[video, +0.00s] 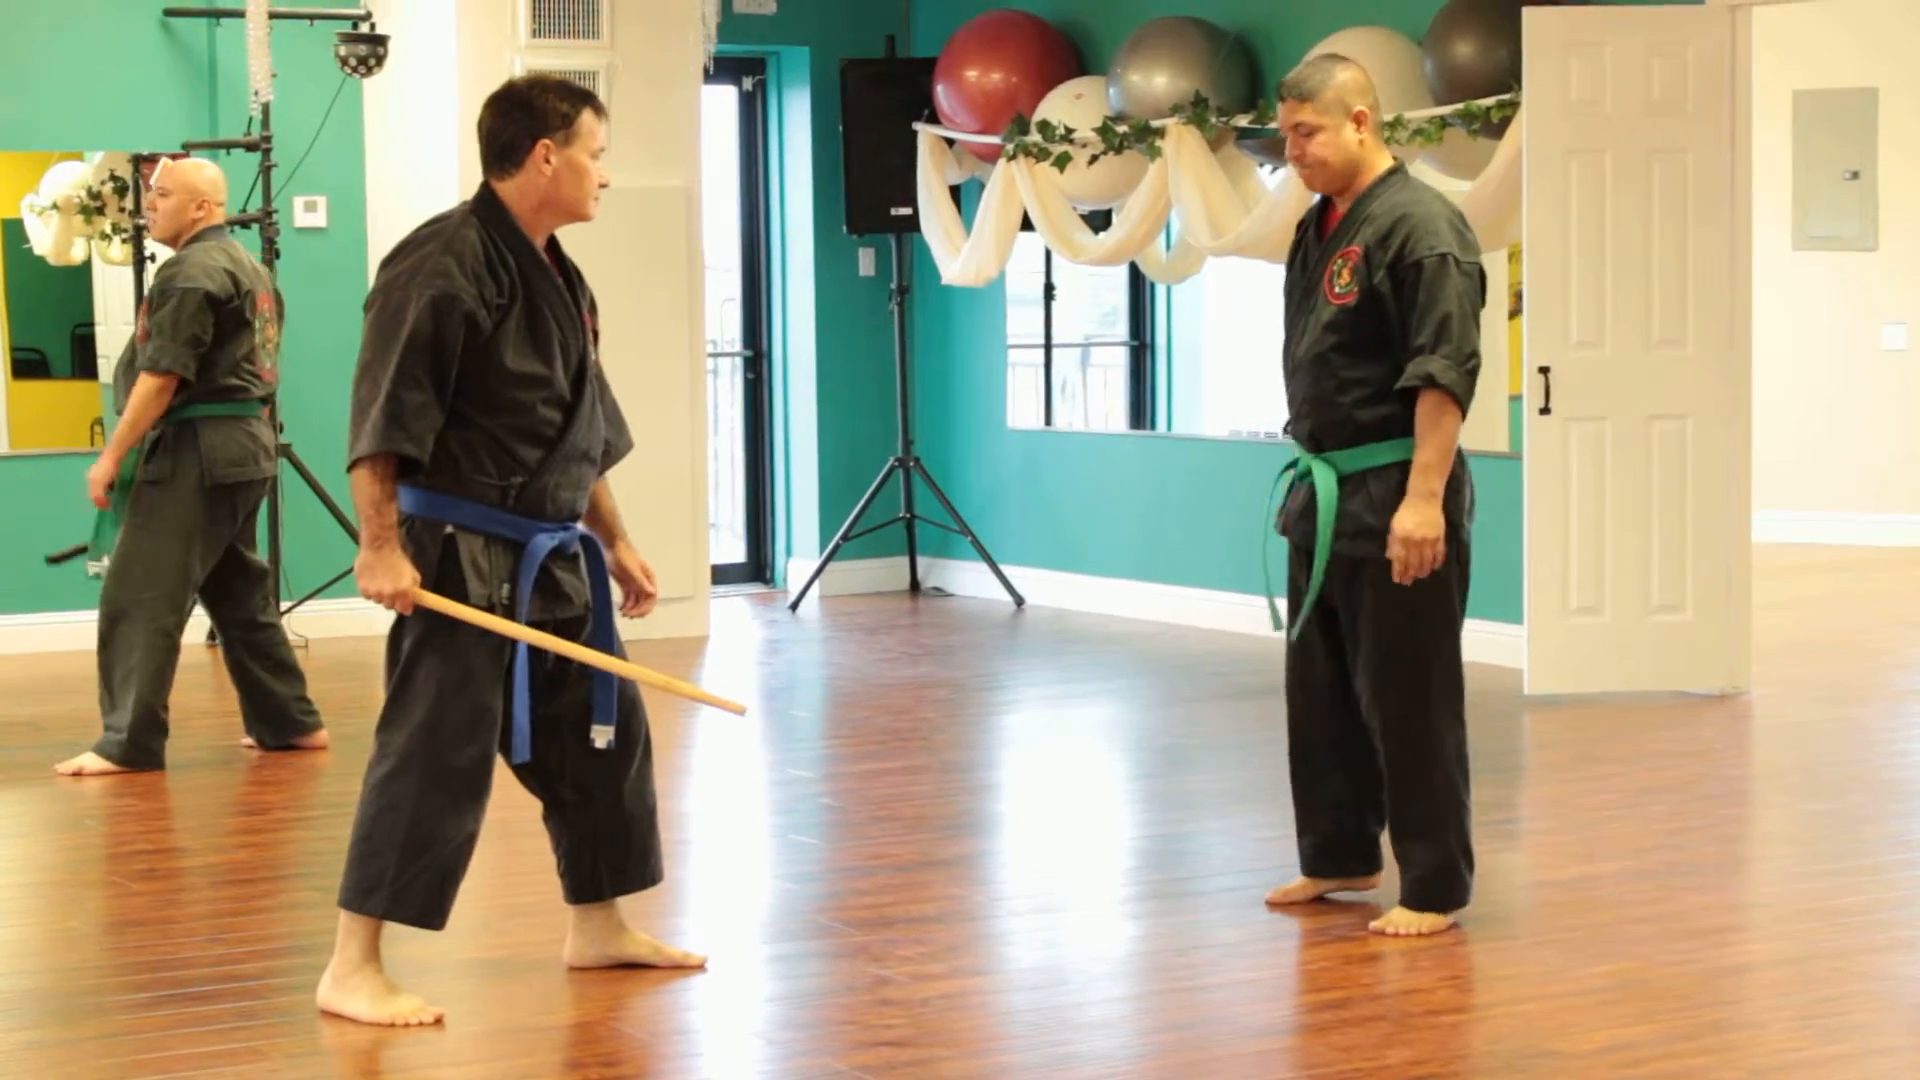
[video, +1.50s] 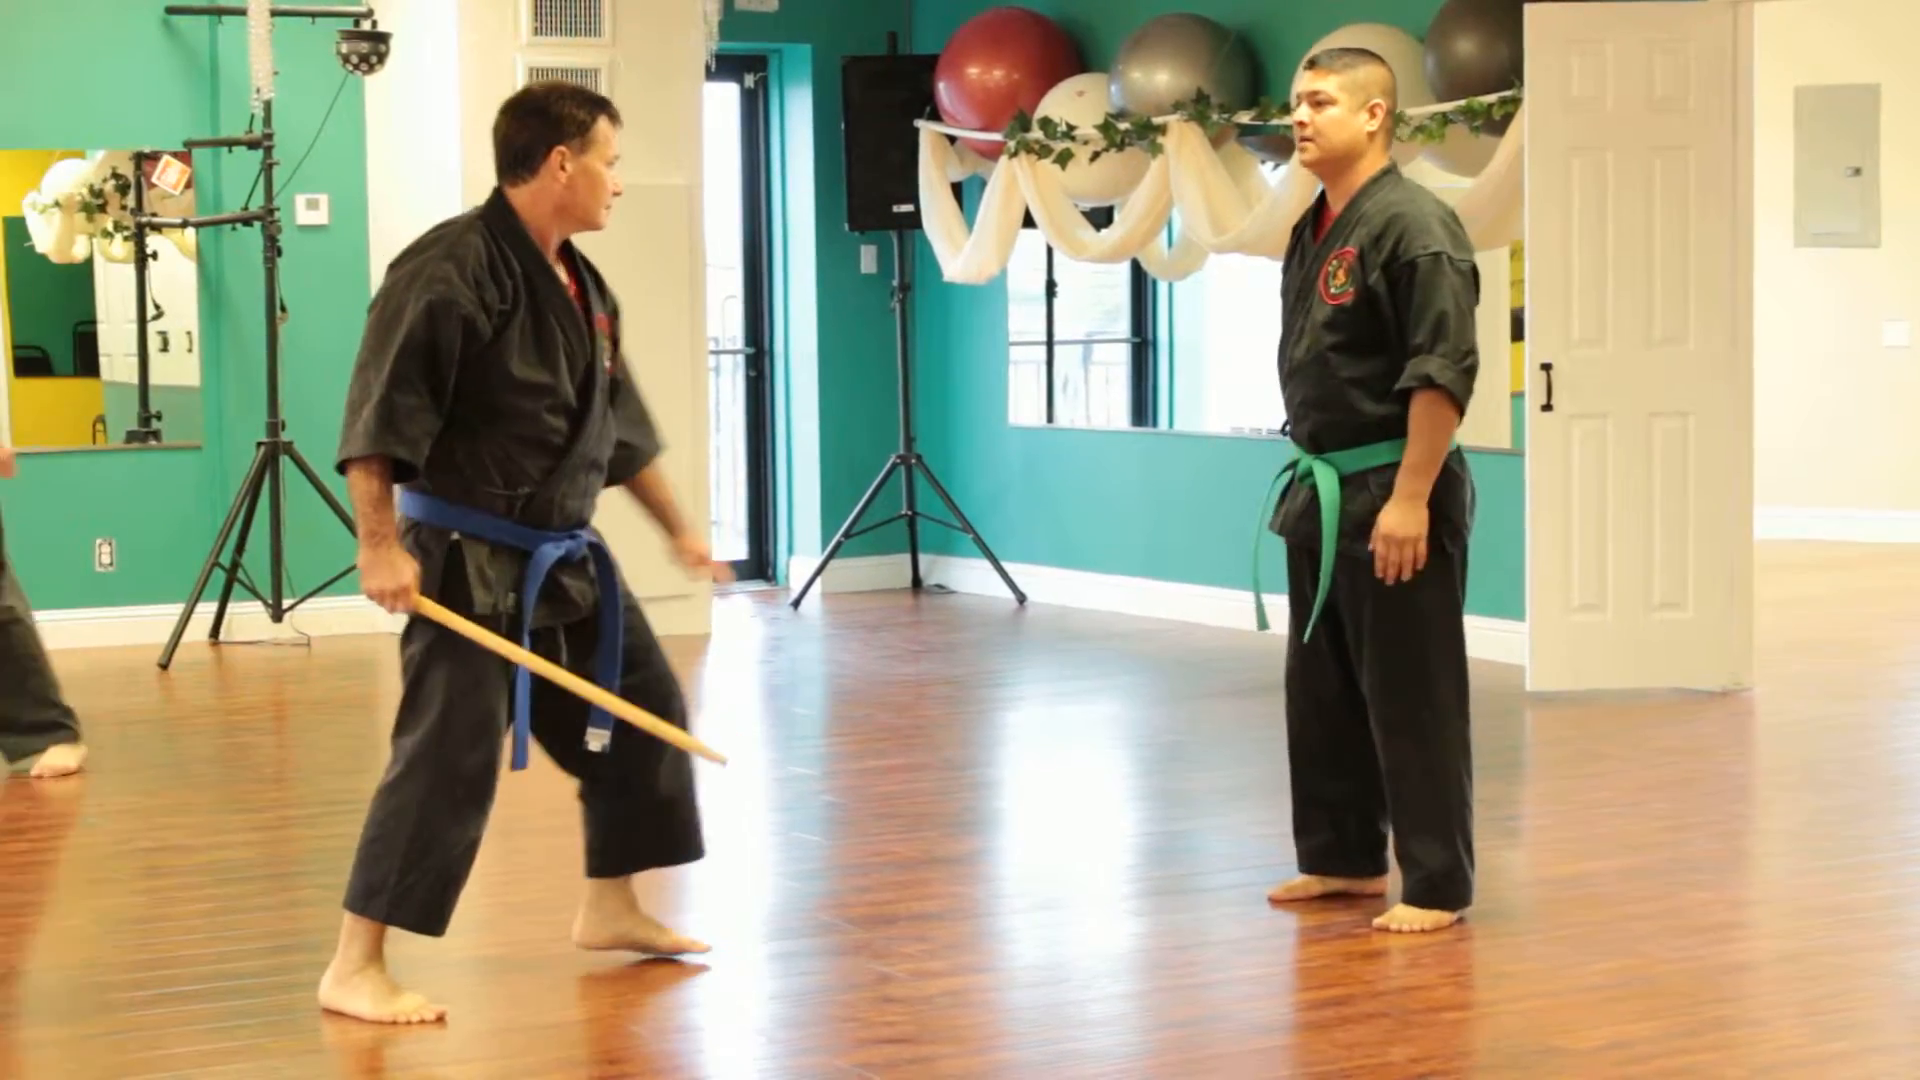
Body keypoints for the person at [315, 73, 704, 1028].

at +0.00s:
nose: (605, 175)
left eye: (605, 156)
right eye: (597, 155)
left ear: (548, 158)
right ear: (545, 156)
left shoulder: (559, 276)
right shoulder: (439, 262)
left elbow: (572, 428)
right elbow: (378, 412)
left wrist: (615, 539)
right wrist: (380, 541)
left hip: (558, 545)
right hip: (461, 543)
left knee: (600, 726)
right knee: (427, 747)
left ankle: (598, 926)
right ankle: (351, 967)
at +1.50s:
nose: (619, 184)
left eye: (618, 165)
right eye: (610, 164)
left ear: (561, 164)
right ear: (559, 164)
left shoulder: (581, 284)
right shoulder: (447, 267)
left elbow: (617, 424)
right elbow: (376, 407)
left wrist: (679, 527)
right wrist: (378, 540)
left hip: (563, 546)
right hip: (463, 545)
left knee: (641, 702)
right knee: (444, 747)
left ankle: (611, 908)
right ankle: (354, 966)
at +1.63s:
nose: (648, 194)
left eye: (647, 175)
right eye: (638, 175)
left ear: (591, 176)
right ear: (588, 175)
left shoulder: (621, 288)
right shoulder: (478, 272)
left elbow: (682, 404)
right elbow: (365, 382)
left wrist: (757, 489)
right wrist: (350, 489)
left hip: (590, 547)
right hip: (494, 541)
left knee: (672, 700)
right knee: (468, 742)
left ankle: (639, 911)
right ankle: (356, 965)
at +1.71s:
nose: (677, 201)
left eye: (677, 184)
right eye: (668, 183)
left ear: (629, 183)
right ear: (616, 181)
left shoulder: (661, 290)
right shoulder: (515, 270)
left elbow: (733, 397)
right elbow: (413, 326)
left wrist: (821, 471)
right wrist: (357, 381)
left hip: (631, 558)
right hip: (534, 553)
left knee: (699, 712)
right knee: (491, 738)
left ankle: (653, 921)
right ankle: (357, 957)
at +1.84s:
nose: (731, 201)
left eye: (732, 185)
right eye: (724, 184)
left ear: (683, 183)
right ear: (677, 182)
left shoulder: (721, 283)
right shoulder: (576, 271)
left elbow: (797, 369)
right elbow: (429, 322)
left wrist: (880, 439)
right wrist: (405, 268)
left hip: (698, 545)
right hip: (611, 542)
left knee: (737, 724)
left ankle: (655, 920)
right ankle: (444, 893)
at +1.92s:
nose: (779, 202)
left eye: (780, 184)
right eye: (771, 184)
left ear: (726, 183)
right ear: (722, 183)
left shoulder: (760, 280)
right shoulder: (627, 265)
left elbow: (832, 365)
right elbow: (499, 283)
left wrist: (910, 432)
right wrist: (483, 184)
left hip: (745, 540)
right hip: (662, 541)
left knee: (745, 728)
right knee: (739, 728)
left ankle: (656, 917)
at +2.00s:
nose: (826, 198)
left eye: (826, 182)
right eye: (817, 179)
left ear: (771, 182)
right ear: (769, 177)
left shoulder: (795, 284)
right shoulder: (685, 254)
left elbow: (861, 376)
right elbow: (604, 257)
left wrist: (931, 446)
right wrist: (592, 148)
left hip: (752, 535)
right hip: (725, 538)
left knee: (736, 730)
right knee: (862, 694)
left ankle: (655, 916)